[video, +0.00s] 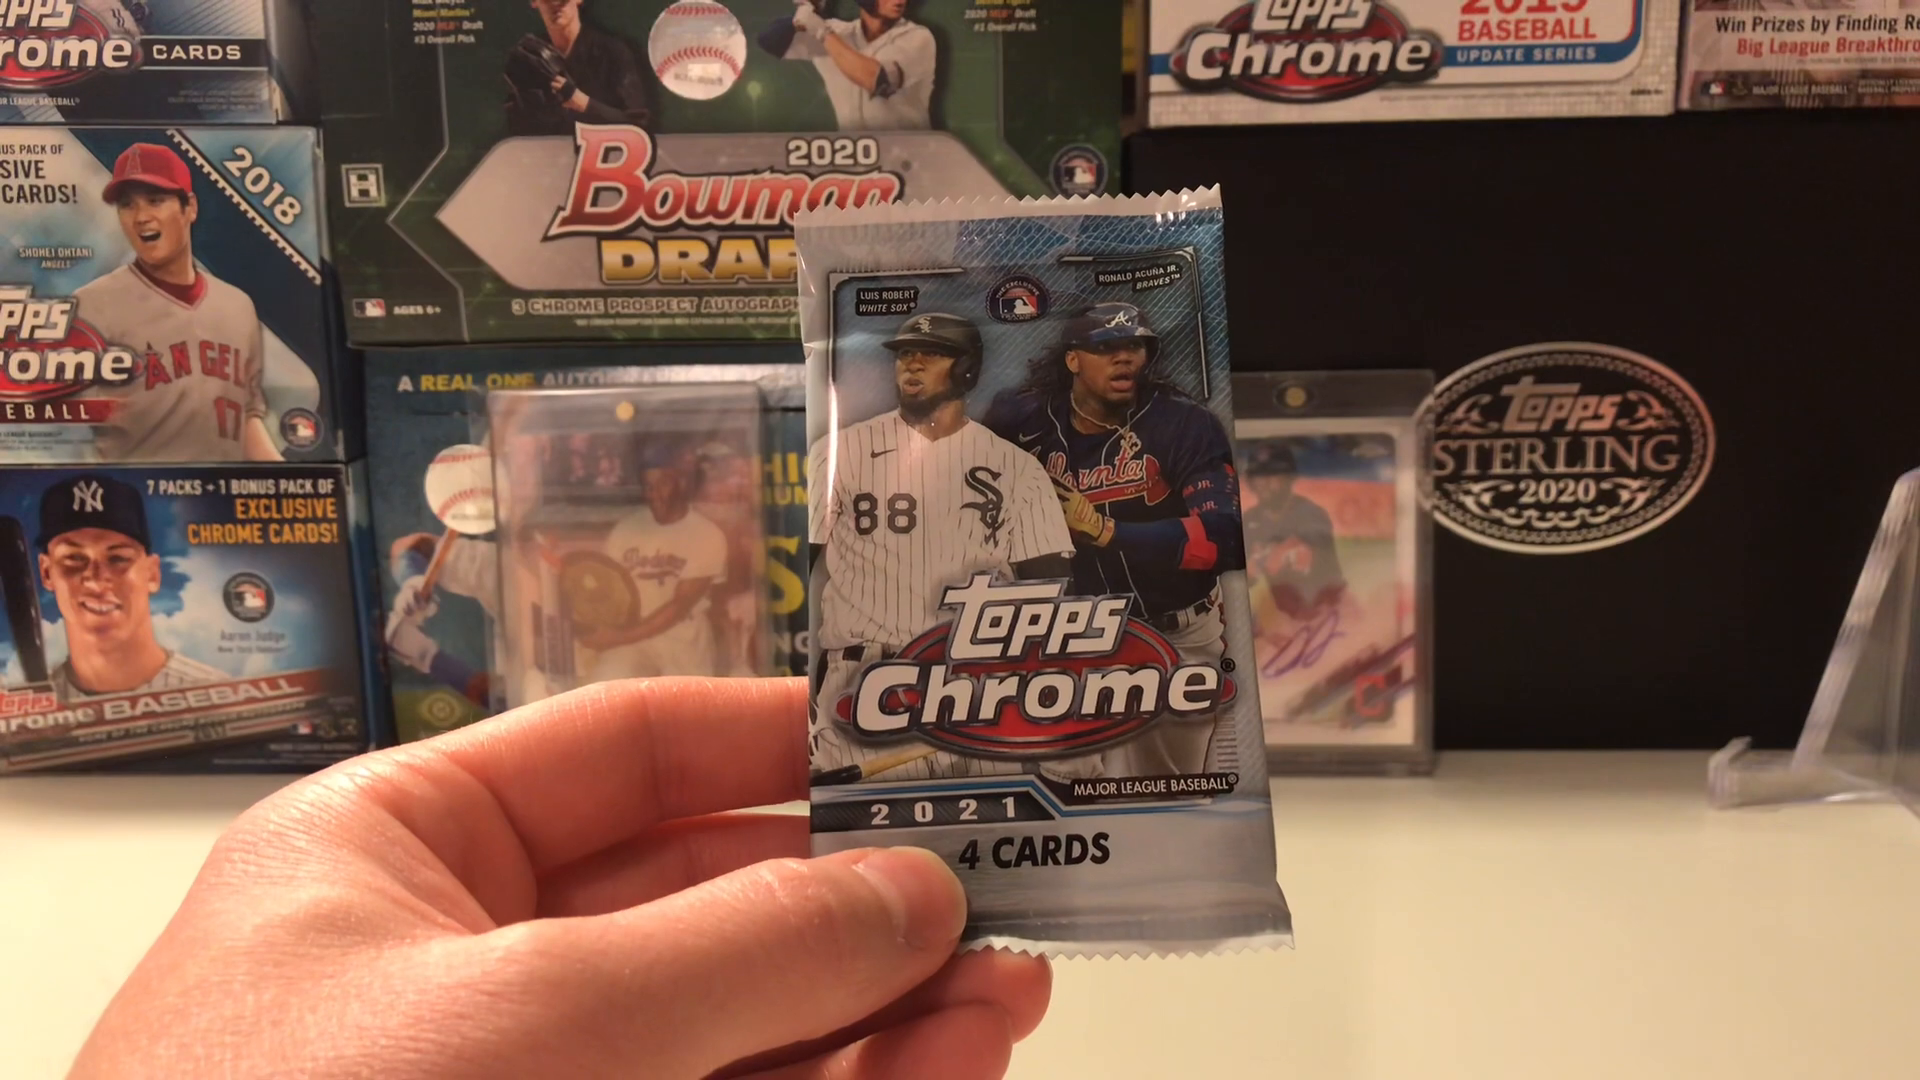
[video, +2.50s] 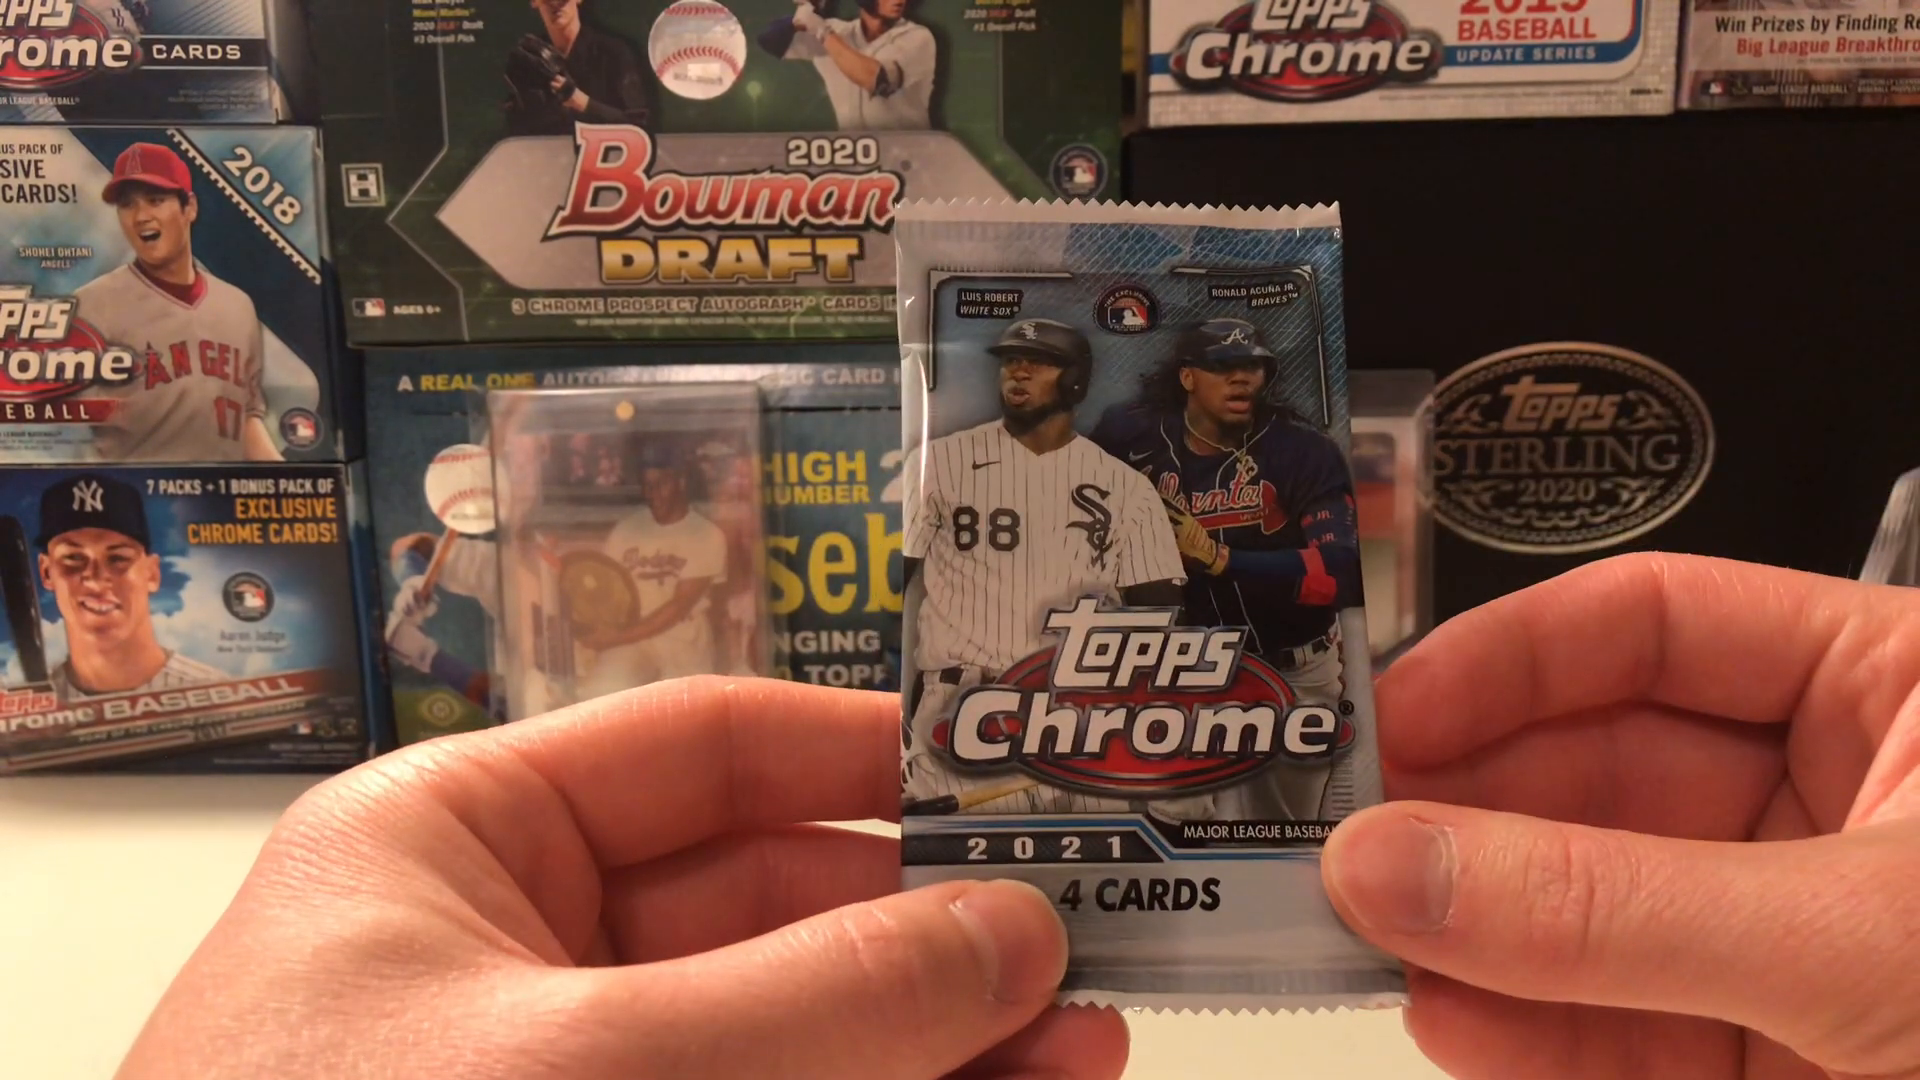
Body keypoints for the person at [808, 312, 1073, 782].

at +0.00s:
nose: (911, 365)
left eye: (929, 354)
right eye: (904, 354)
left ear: (965, 369)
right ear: (894, 364)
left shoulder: (1016, 471)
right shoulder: (838, 455)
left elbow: (1047, 594)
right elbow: (787, 569)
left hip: (972, 694)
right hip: (854, 691)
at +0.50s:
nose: (916, 366)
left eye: (933, 356)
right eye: (909, 355)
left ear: (968, 370)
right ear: (899, 365)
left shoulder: (1020, 471)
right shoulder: (840, 456)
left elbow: (1051, 594)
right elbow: (812, 571)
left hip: (975, 694)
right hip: (856, 692)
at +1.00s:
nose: (932, 369)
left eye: (950, 358)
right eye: (925, 357)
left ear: (985, 373)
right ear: (915, 367)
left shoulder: (1037, 475)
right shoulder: (856, 459)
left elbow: (1066, 597)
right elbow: (827, 575)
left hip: (992, 699)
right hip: (873, 697)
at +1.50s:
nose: (968, 373)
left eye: (986, 363)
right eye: (961, 362)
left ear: (1020, 378)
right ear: (951, 372)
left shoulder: (1076, 481)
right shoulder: (892, 465)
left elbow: (1110, 603)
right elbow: (849, 586)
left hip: (1033, 710)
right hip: (912, 709)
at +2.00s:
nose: (984, 364)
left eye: (1002, 353)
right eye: (977, 353)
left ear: (1040, 370)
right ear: (966, 363)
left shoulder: (1096, 478)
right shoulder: (904, 462)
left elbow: (1128, 612)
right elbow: (856, 587)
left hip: (1052, 717)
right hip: (927, 715)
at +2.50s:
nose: (1018, 373)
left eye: (1036, 363)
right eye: (1011, 361)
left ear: (1072, 380)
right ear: (999, 370)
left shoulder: (1126, 489)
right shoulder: (939, 464)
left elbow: (1156, 620)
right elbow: (911, 598)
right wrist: (903, 719)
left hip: (1079, 722)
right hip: (956, 717)